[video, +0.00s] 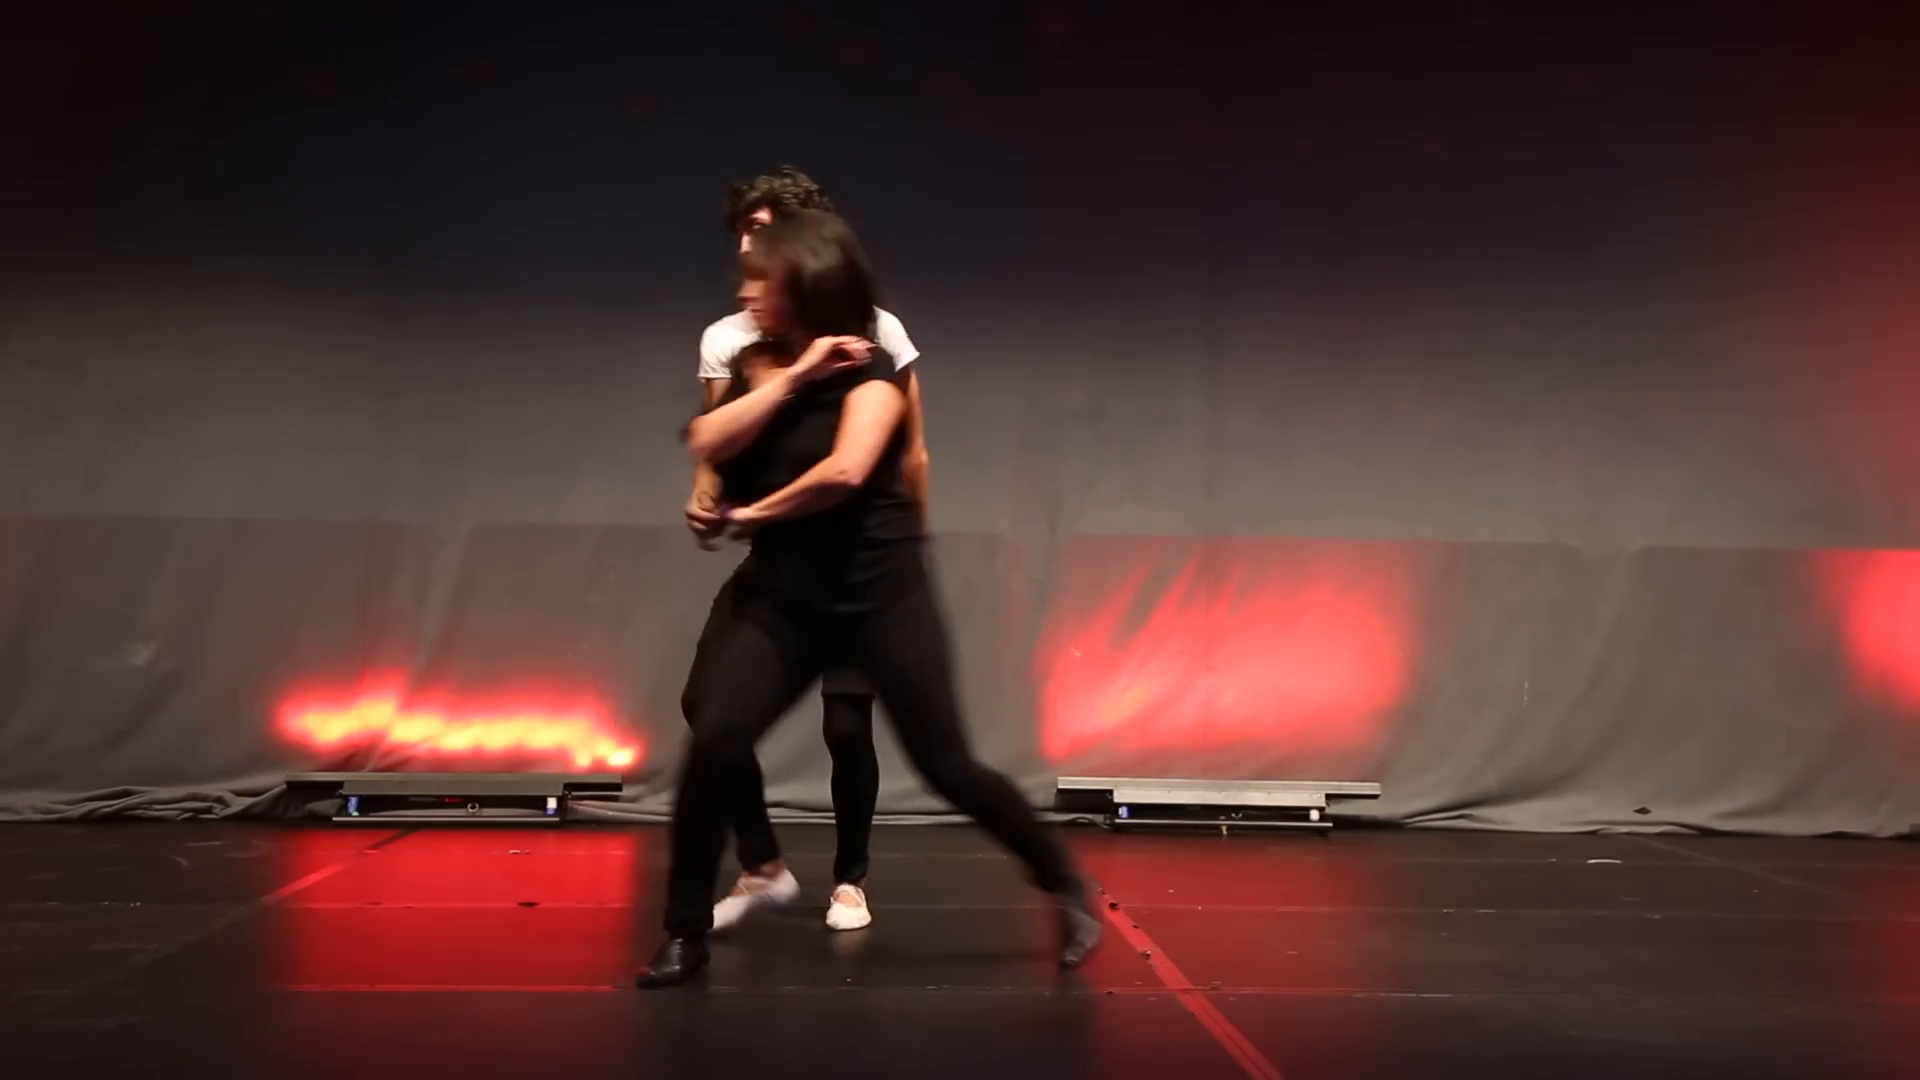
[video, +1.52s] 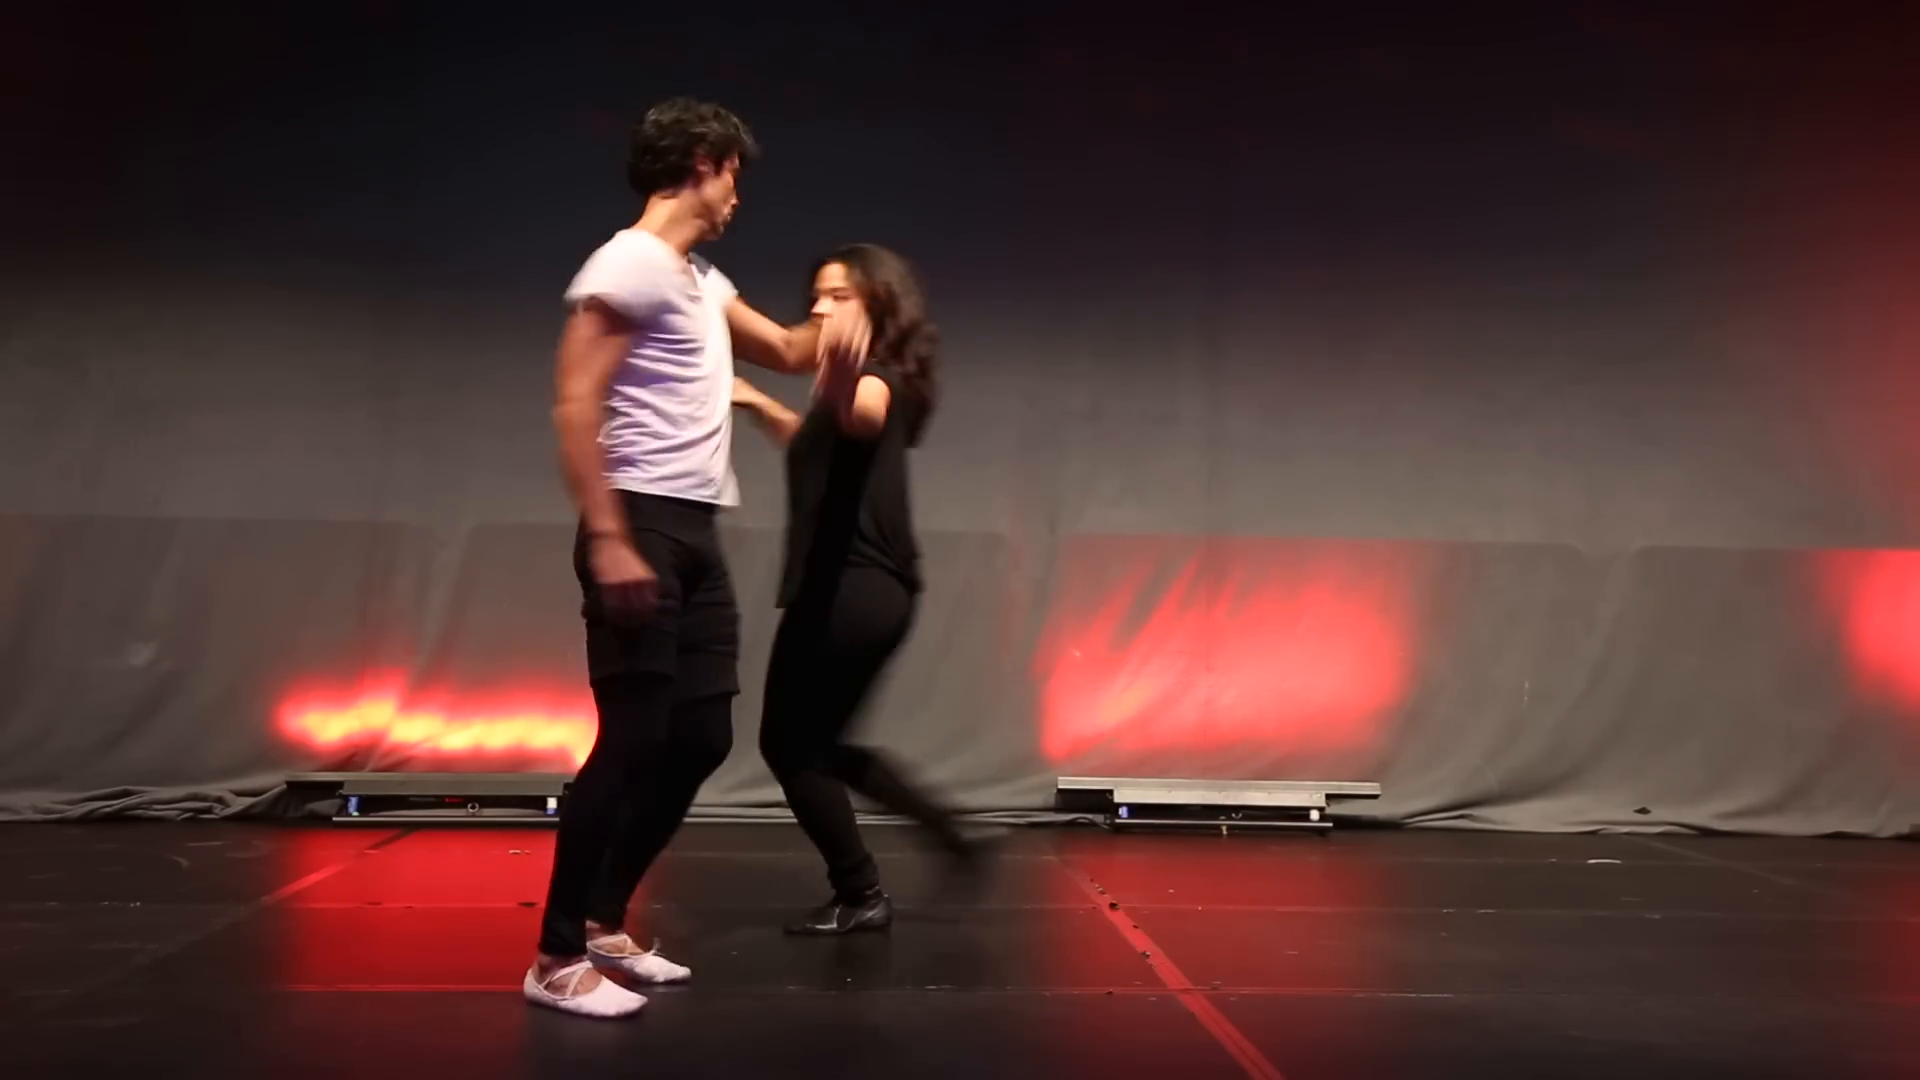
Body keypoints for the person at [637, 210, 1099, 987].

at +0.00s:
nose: (749, 296)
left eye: (763, 281)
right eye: (749, 280)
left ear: (811, 289)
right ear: (768, 288)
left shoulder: (873, 373)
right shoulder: (755, 371)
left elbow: (846, 472)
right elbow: (706, 442)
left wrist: (743, 515)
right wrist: (796, 373)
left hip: (884, 595)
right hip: (786, 594)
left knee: (944, 766)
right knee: (714, 743)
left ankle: (1066, 886)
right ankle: (687, 935)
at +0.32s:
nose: (930, 297)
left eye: (941, 284)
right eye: (932, 283)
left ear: (986, 288)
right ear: (982, 293)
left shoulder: (1023, 367)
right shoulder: (977, 363)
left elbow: (930, 462)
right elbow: (898, 457)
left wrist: (838, 501)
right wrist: (942, 374)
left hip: (1073, 590)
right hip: (1006, 595)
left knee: (1077, 763)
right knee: (904, 718)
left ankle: (1136, 927)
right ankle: (894, 908)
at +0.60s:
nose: (998, 286)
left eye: (1009, 273)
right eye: (1001, 272)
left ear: (1049, 275)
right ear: (1064, 276)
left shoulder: (1062, 359)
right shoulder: (1068, 355)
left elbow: (965, 443)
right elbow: (999, 441)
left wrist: (851, 456)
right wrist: (960, 373)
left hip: (1097, 570)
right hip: (1071, 572)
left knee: (1083, 745)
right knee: (1010, 724)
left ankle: (1132, 924)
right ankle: (1116, 873)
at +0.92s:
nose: (1002, 292)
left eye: (1012, 278)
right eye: (1004, 277)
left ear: (1047, 280)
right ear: (1095, 280)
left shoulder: (1014, 358)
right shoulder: (1134, 361)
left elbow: (936, 435)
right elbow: (1165, 449)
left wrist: (817, 442)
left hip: (1045, 574)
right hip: (1130, 576)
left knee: (973, 724)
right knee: (1119, 738)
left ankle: (1003, 902)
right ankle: (1143, 915)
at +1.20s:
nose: (945, 303)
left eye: (957, 290)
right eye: (948, 289)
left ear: (994, 294)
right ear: (1031, 294)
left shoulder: (961, 369)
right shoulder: (1074, 373)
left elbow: (910, 444)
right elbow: (1096, 482)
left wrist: (819, 482)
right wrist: (1058, 553)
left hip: (981, 584)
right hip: (1069, 587)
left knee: (880, 709)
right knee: (1101, 743)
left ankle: (872, 883)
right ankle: (1142, 913)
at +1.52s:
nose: (820, 309)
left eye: (836, 296)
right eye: (818, 297)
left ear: (877, 306)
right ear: (817, 308)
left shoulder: (878, 385)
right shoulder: (838, 391)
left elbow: (848, 412)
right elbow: (807, 447)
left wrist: (839, 353)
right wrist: (755, 401)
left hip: (854, 589)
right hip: (845, 589)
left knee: (791, 743)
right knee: (813, 741)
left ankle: (859, 895)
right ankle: (952, 835)